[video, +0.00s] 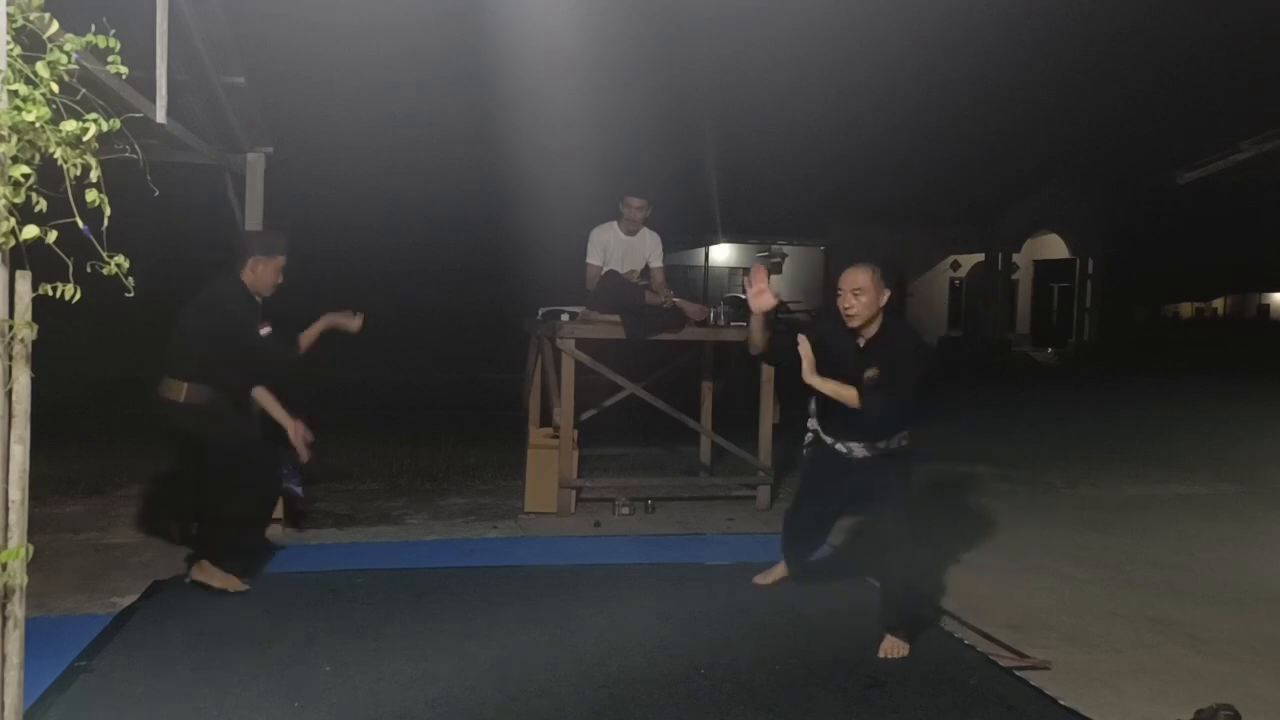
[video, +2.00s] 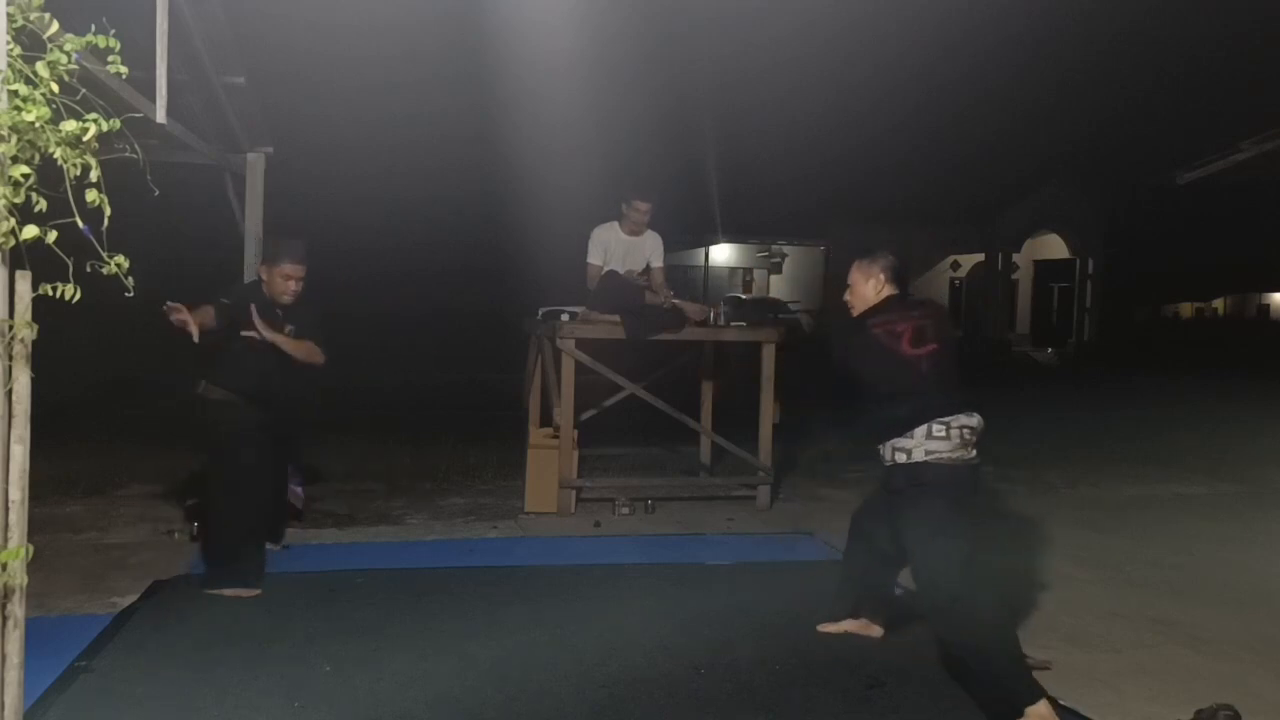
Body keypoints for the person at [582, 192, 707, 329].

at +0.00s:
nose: (633, 214)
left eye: (639, 209)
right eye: (628, 208)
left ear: (648, 212)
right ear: (621, 207)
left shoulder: (652, 239)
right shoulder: (601, 234)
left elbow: (659, 282)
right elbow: (591, 283)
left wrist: (665, 295)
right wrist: (621, 280)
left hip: (636, 300)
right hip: (602, 299)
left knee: (674, 317)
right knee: (610, 278)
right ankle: (680, 305)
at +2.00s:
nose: (643, 218)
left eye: (647, 213)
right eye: (638, 212)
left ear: (651, 214)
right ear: (624, 209)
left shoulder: (654, 240)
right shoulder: (602, 234)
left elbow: (658, 283)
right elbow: (592, 283)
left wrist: (665, 295)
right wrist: (623, 281)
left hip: (636, 301)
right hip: (603, 301)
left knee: (676, 318)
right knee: (611, 278)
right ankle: (680, 306)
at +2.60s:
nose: (631, 216)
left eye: (638, 212)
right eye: (628, 210)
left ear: (649, 214)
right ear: (623, 209)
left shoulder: (656, 242)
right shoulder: (602, 232)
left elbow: (660, 283)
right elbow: (583, 275)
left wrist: (668, 298)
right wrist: (617, 276)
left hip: (636, 302)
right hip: (602, 300)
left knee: (673, 316)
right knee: (612, 278)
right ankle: (679, 306)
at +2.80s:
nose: (624, 217)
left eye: (630, 213)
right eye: (622, 211)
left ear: (644, 214)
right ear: (618, 209)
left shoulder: (655, 241)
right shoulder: (601, 230)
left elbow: (660, 282)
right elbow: (579, 267)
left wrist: (669, 296)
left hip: (634, 301)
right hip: (601, 299)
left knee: (673, 317)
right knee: (612, 278)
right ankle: (679, 306)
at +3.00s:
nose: (618, 217)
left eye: (624, 213)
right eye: (616, 212)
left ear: (639, 214)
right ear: (612, 210)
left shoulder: (653, 240)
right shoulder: (598, 229)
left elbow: (659, 282)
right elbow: (573, 263)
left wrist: (669, 298)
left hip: (633, 301)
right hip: (600, 299)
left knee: (675, 317)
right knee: (612, 275)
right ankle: (680, 306)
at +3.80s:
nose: (627, 214)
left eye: (634, 210)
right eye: (625, 208)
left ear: (648, 212)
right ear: (620, 207)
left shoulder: (655, 241)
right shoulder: (600, 227)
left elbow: (659, 282)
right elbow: (577, 256)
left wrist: (668, 296)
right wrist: (569, 294)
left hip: (634, 301)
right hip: (600, 299)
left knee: (675, 317)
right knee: (613, 276)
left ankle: (604, 316)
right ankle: (681, 306)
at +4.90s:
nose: (632, 216)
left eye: (640, 212)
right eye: (629, 210)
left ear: (650, 214)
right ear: (623, 208)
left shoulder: (655, 241)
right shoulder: (601, 227)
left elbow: (660, 284)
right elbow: (577, 256)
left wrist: (669, 297)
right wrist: (567, 295)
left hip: (634, 301)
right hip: (601, 298)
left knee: (674, 317)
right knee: (613, 276)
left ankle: (603, 317)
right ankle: (679, 306)